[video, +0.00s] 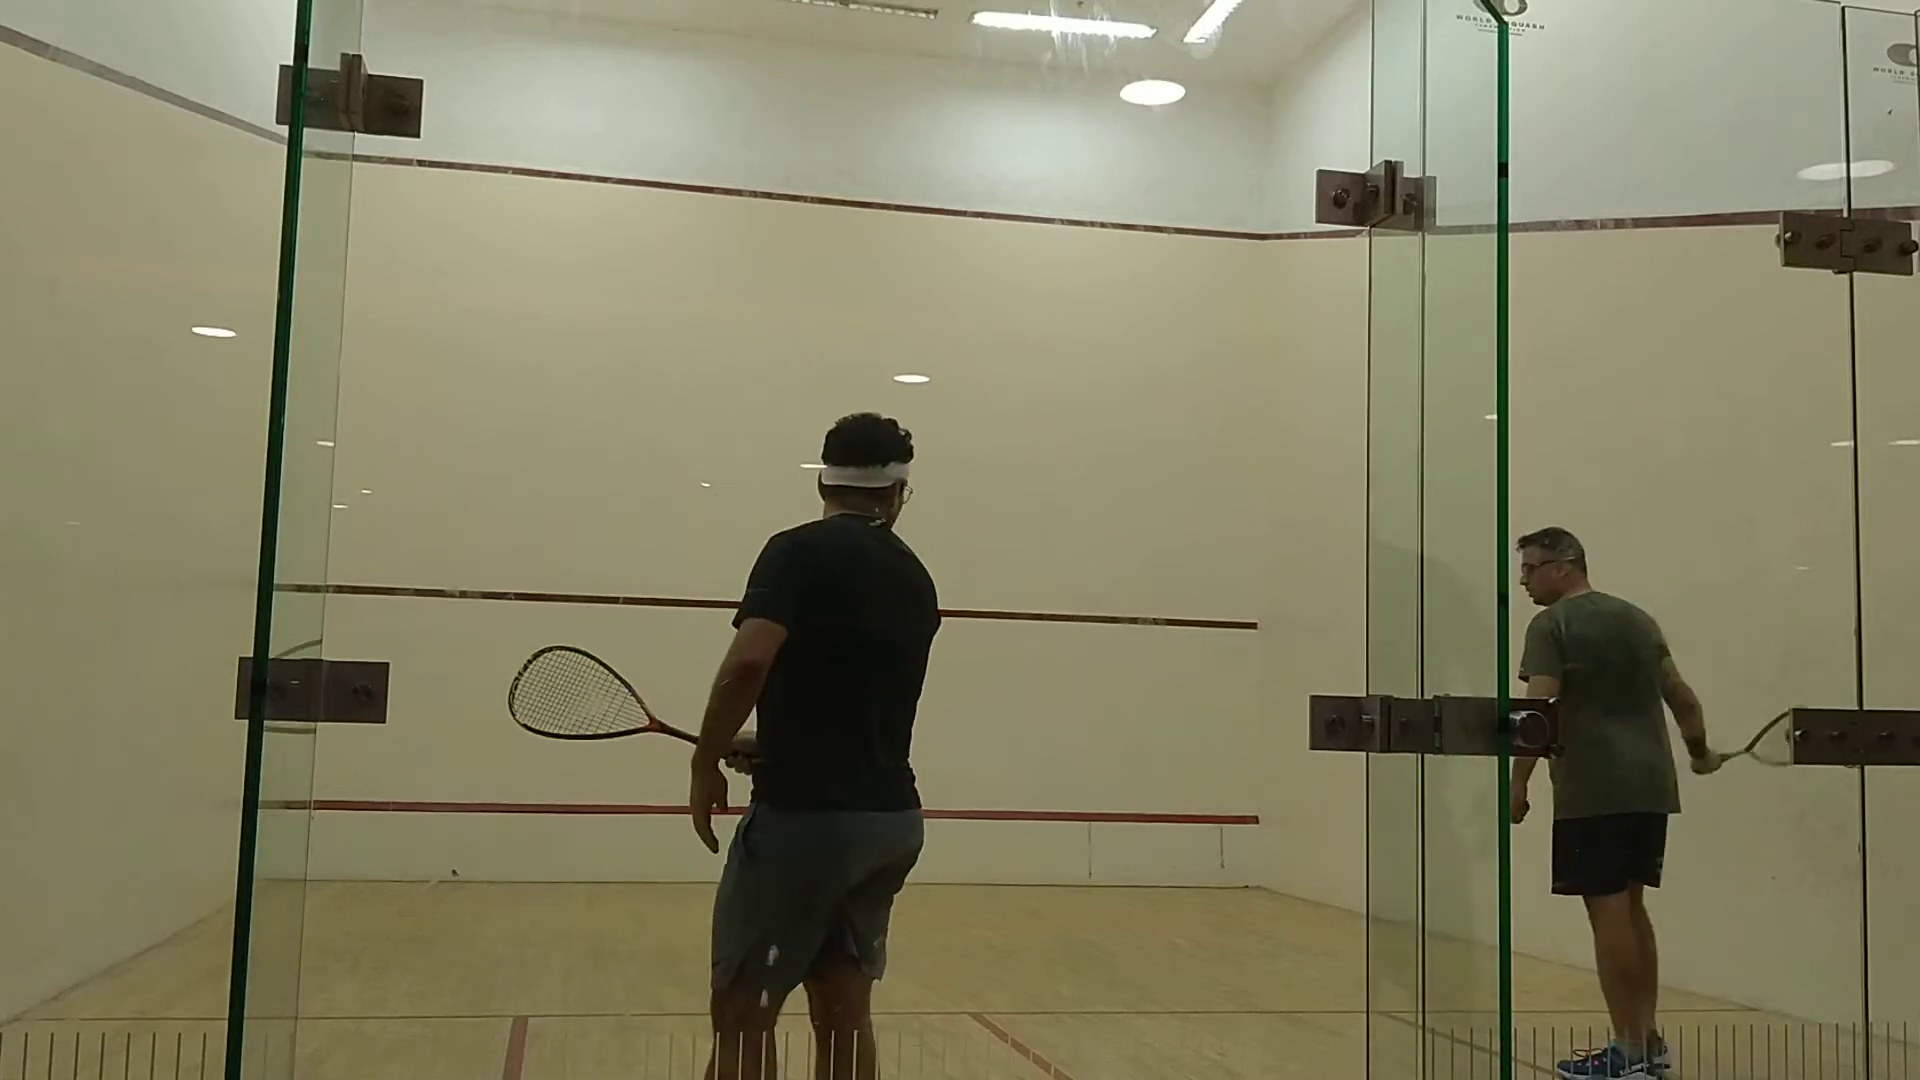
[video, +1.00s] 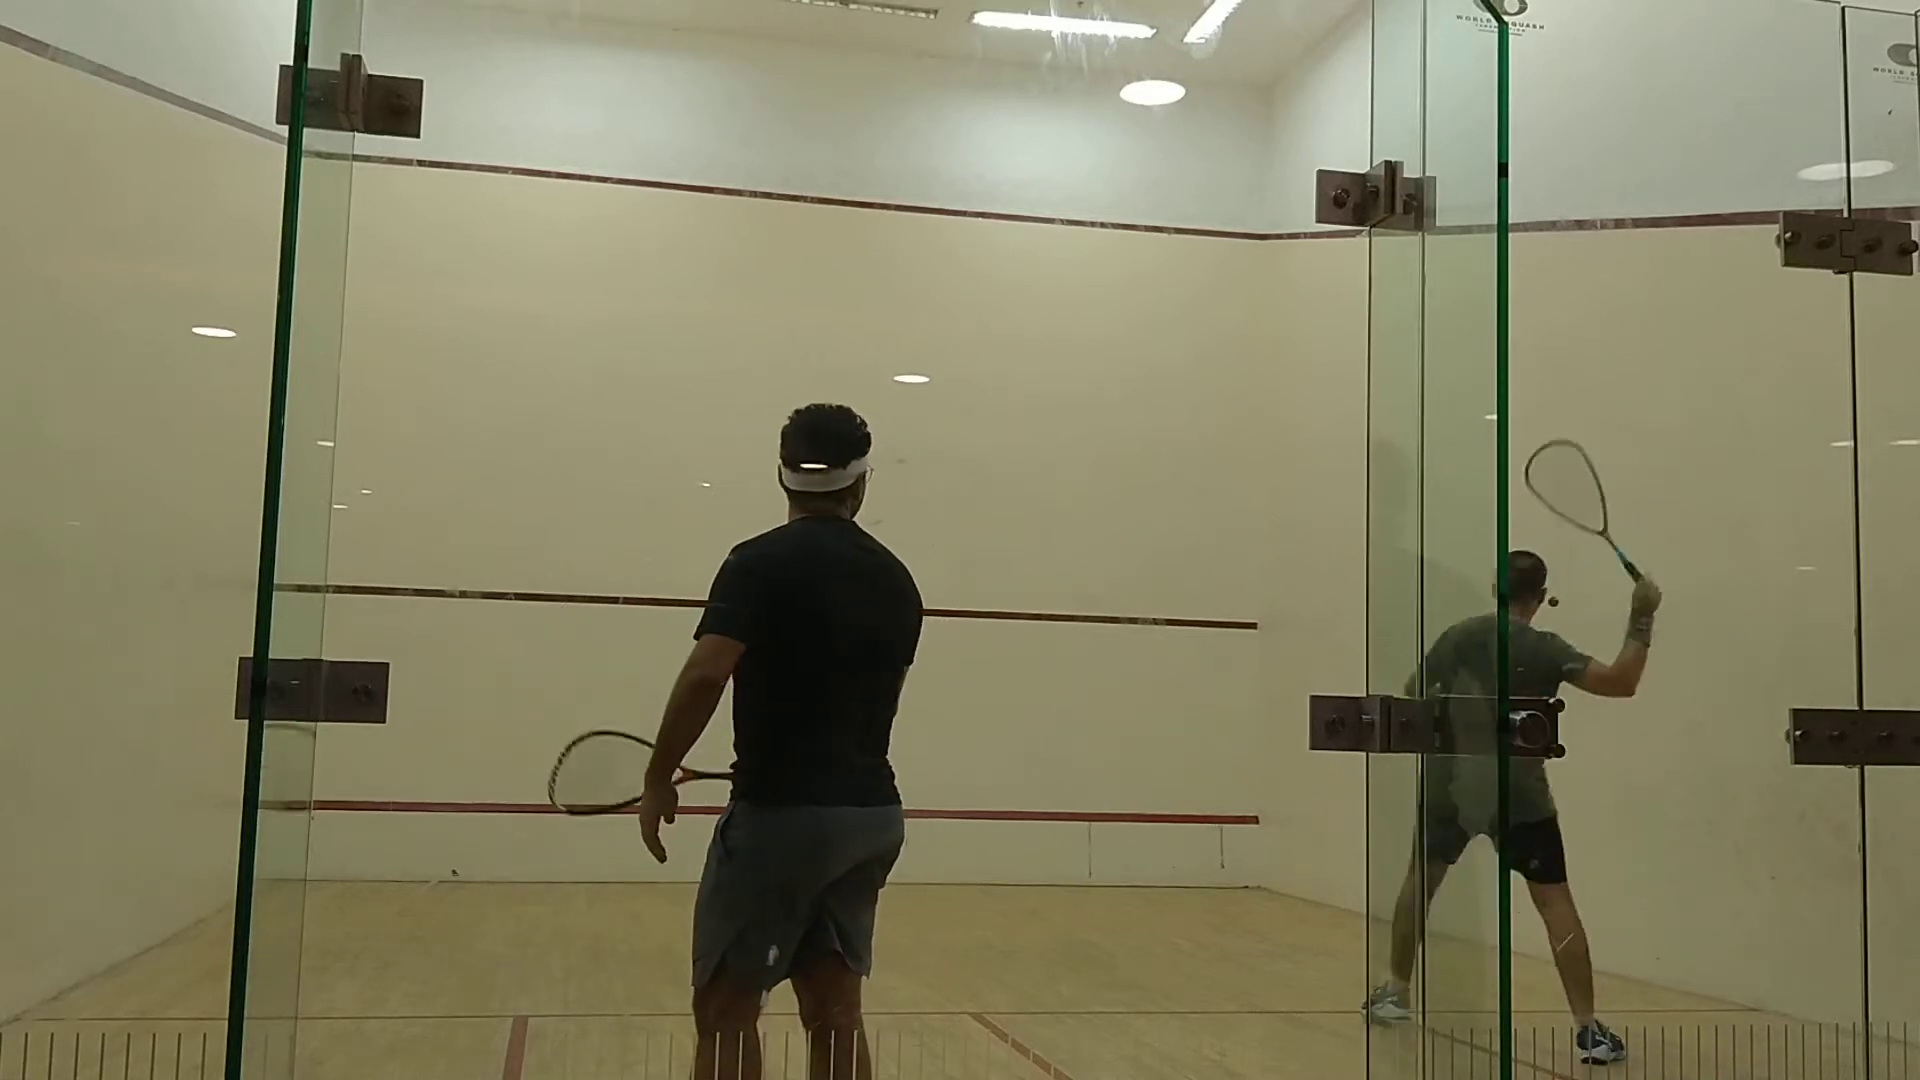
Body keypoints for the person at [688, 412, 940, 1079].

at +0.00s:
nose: (899, 499)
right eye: (901, 489)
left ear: (824, 483)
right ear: (900, 492)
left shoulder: (794, 553)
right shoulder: (916, 579)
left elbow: (747, 666)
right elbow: (874, 706)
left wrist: (706, 758)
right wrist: (770, 742)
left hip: (797, 824)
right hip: (890, 823)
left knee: (742, 1014)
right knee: (843, 1007)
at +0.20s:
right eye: (888, 485)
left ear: (813, 485)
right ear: (890, 492)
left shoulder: (789, 555)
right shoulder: (906, 579)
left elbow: (749, 669)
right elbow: (863, 701)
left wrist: (700, 770)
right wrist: (762, 735)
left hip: (791, 823)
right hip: (882, 822)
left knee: (739, 1014)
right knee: (837, 1008)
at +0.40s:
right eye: (877, 484)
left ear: (803, 485)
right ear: (879, 491)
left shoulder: (784, 554)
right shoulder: (895, 577)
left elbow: (747, 669)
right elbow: (853, 700)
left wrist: (690, 773)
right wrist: (751, 737)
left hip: (783, 822)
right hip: (873, 819)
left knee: (734, 1009)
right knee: (831, 1001)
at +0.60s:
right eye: (872, 482)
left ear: (794, 484)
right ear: (871, 489)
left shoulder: (774, 557)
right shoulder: (890, 577)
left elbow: (738, 672)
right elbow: (850, 697)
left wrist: (687, 777)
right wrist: (744, 728)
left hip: (778, 821)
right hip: (870, 819)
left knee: (729, 1009)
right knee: (830, 1003)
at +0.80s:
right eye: (869, 478)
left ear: (790, 480)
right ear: (867, 485)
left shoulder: (764, 560)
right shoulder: (892, 579)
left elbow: (723, 673)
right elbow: (854, 703)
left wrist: (674, 779)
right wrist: (753, 733)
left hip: (775, 822)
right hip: (870, 819)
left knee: (726, 1012)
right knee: (834, 1011)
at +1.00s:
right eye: (861, 478)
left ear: (784, 480)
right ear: (860, 485)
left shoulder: (755, 563)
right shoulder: (897, 580)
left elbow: (707, 673)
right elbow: (871, 702)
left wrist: (659, 773)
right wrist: (772, 760)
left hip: (772, 824)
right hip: (870, 821)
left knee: (726, 1011)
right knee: (835, 1010)